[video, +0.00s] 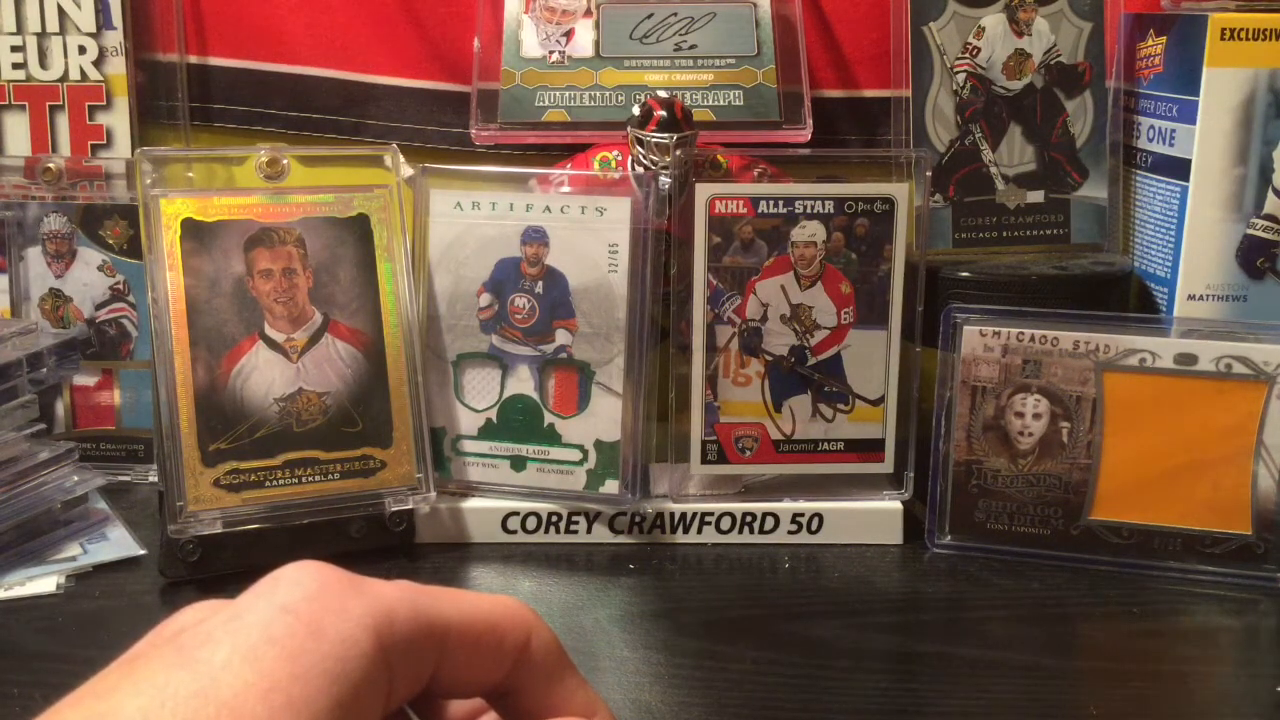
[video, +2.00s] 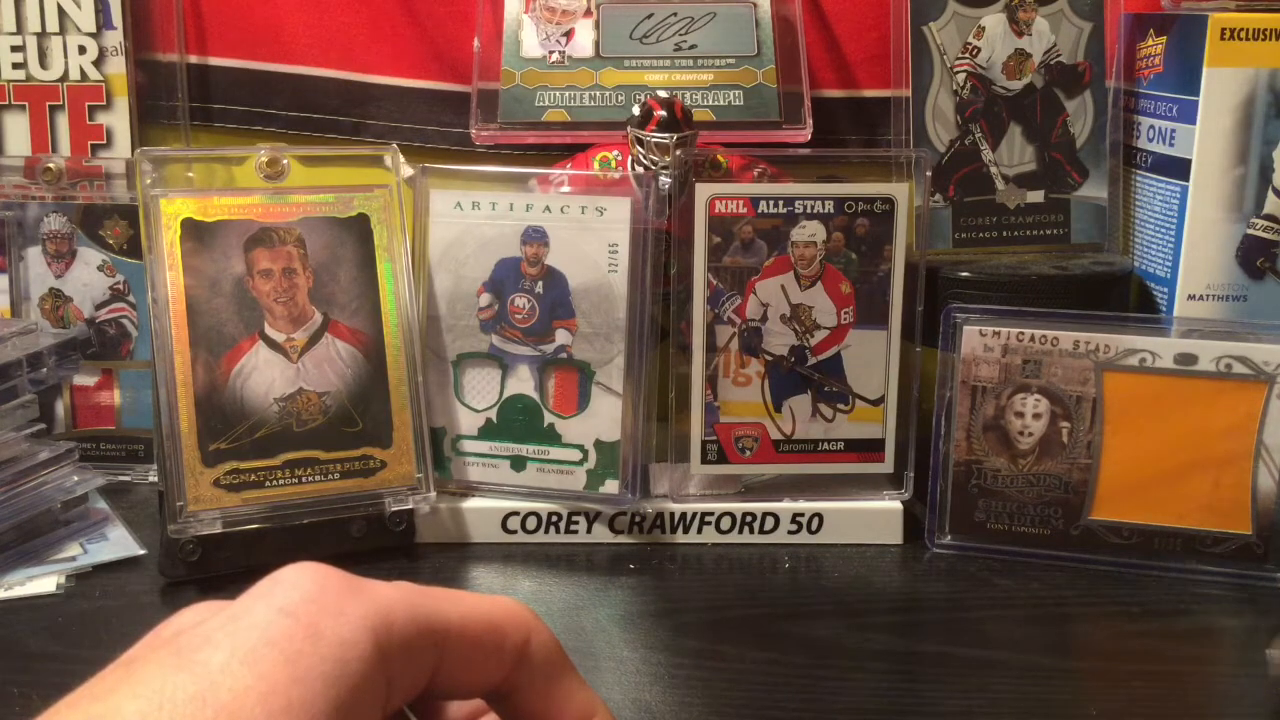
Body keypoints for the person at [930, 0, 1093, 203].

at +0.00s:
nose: (1030, 16)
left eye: (1033, 10)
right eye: (1024, 10)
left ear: (1037, 10)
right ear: (1010, 9)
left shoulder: (1041, 27)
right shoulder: (990, 26)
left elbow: (1050, 60)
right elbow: (965, 63)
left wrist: (1067, 75)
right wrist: (969, 98)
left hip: (1025, 92)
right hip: (992, 93)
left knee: (1056, 123)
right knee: (979, 138)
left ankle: (1063, 177)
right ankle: (942, 186)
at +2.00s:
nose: (1029, 16)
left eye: (1033, 10)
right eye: (1023, 10)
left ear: (1037, 10)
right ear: (1010, 9)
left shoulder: (1041, 27)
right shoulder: (990, 26)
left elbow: (1050, 63)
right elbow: (964, 62)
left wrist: (1070, 74)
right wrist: (969, 96)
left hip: (1026, 91)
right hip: (993, 93)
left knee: (1056, 121)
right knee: (979, 138)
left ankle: (1063, 175)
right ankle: (942, 185)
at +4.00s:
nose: (1028, 16)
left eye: (1033, 10)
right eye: (1023, 10)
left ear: (1037, 10)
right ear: (1011, 8)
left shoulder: (1041, 27)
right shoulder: (991, 25)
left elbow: (1051, 61)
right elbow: (965, 63)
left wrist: (1068, 73)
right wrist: (970, 97)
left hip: (1028, 91)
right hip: (993, 93)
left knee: (1056, 121)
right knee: (980, 137)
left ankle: (1063, 176)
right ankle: (942, 185)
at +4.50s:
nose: (1029, 15)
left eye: (1033, 10)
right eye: (1023, 9)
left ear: (1037, 9)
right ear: (1011, 8)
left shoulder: (1041, 27)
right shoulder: (991, 26)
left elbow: (1051, 58)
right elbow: (965, 62)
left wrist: (1066, 74)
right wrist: (968, 98)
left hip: (1024, 93)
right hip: (992, 94)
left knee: (1052, 132)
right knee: (979, 142)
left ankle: (1060, 185)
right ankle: (940, 184)